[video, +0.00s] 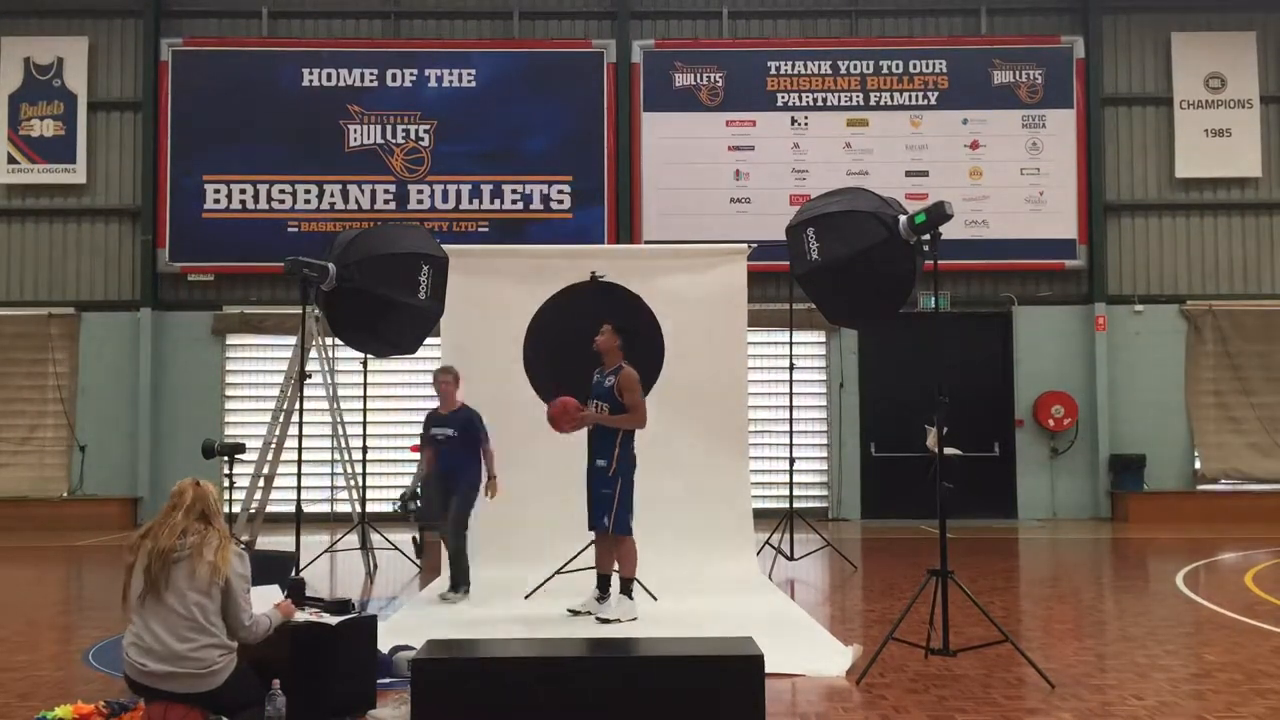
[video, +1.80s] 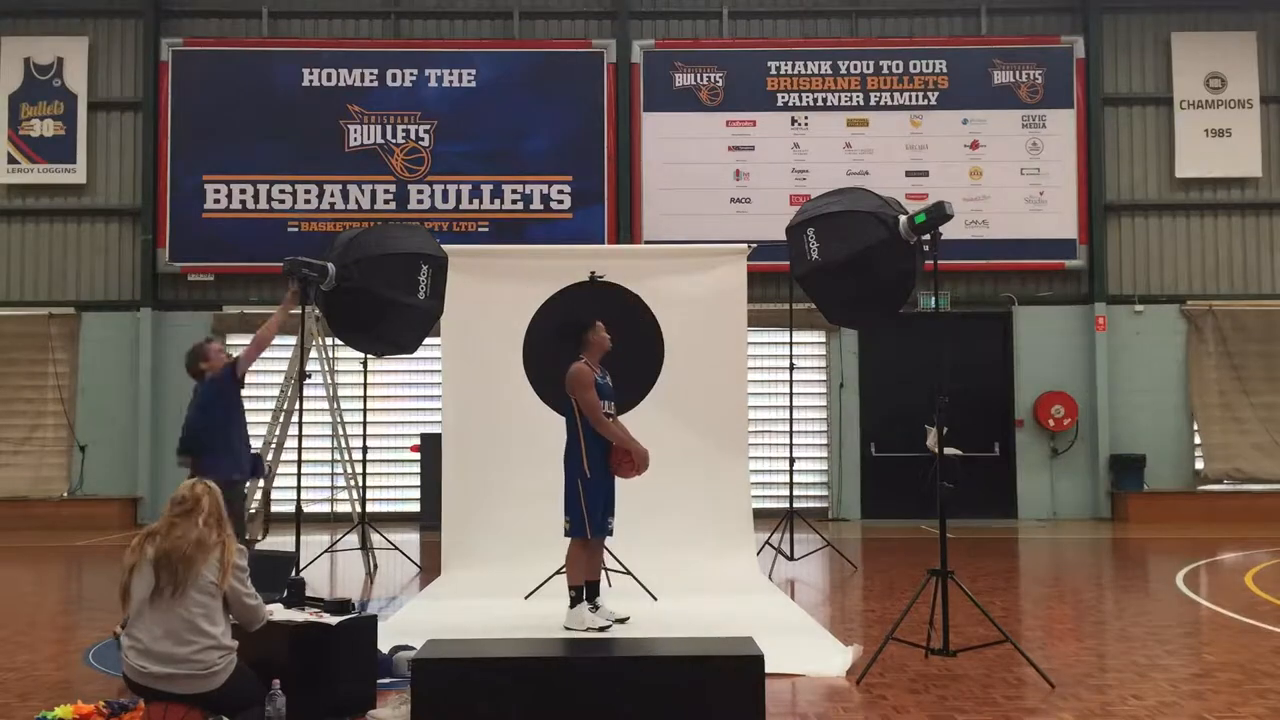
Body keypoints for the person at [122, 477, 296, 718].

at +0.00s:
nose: (222, 513)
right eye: (219, 507)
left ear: (172, 508)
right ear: (214, 511)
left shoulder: (147, 545)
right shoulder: (229, 554)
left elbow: (135, 609)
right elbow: (246, 631)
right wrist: (279, 614)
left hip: (141, 677)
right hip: (205, 682)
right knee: (253, 703)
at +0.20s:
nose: (223, 517)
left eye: (222, 511)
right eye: (221, 511)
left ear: (175, 507)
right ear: (214, 512)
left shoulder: (144, 539)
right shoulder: (223, 547)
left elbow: (133, 600)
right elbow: (230, 605)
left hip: (141, 677)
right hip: (208, 680)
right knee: (254, 704)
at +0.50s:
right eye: (217, 504)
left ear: (173, 508)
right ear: (215, 509)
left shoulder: (142, 542)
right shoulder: (226, 549)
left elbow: (132, 605)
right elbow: (254, 621)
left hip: (140, 678)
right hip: (205, 681)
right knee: (254, 702)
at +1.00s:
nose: (224, 513)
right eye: (222, 507)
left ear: (175, 504)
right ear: (216, 510)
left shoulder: (142, 540)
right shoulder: (223, 548)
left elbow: (133, 603)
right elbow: (251, 618)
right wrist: (263, 612)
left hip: (139, 678)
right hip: (203, 681)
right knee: (254, 700)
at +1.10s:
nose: (233, 524)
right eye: (230, 518)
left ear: (187, 517)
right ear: (226, 520)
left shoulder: (156, 546)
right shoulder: (230, 550)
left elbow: (137, 605)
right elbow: (255, 618)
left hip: (141, 678)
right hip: (207, 682)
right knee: (253, 704)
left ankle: (153, 708)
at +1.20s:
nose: (223, 513)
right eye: (219, 507)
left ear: (171, 506)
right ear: (213, 510)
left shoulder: (141, 540)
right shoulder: (224, 547)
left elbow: (130, 608)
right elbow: (255, 617)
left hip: (140, 679)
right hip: (206, 682)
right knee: (254, 701)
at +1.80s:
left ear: (173, 509)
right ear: (218, 514)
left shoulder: (144, 543)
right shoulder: (226, 550)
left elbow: (130, 608)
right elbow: (253, 618)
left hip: (140, 679)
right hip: (205, 681)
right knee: (255, 703)